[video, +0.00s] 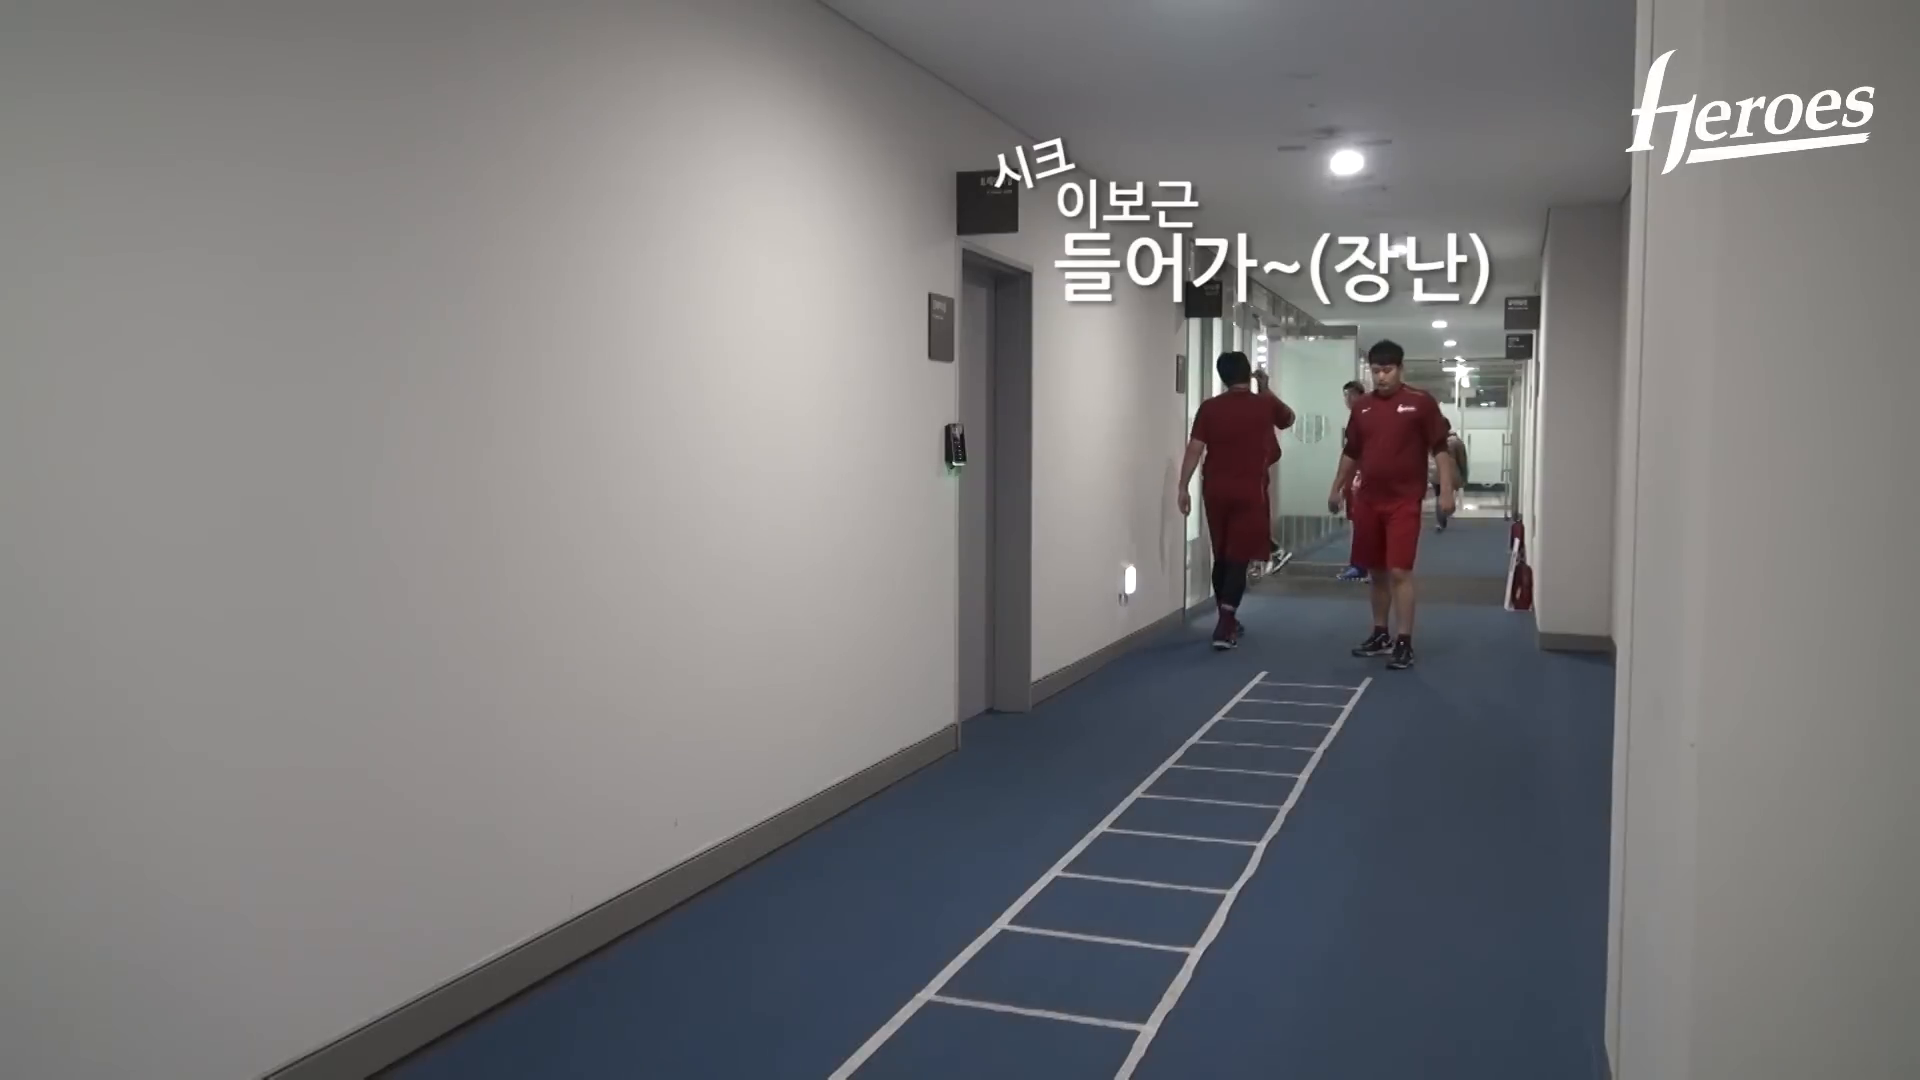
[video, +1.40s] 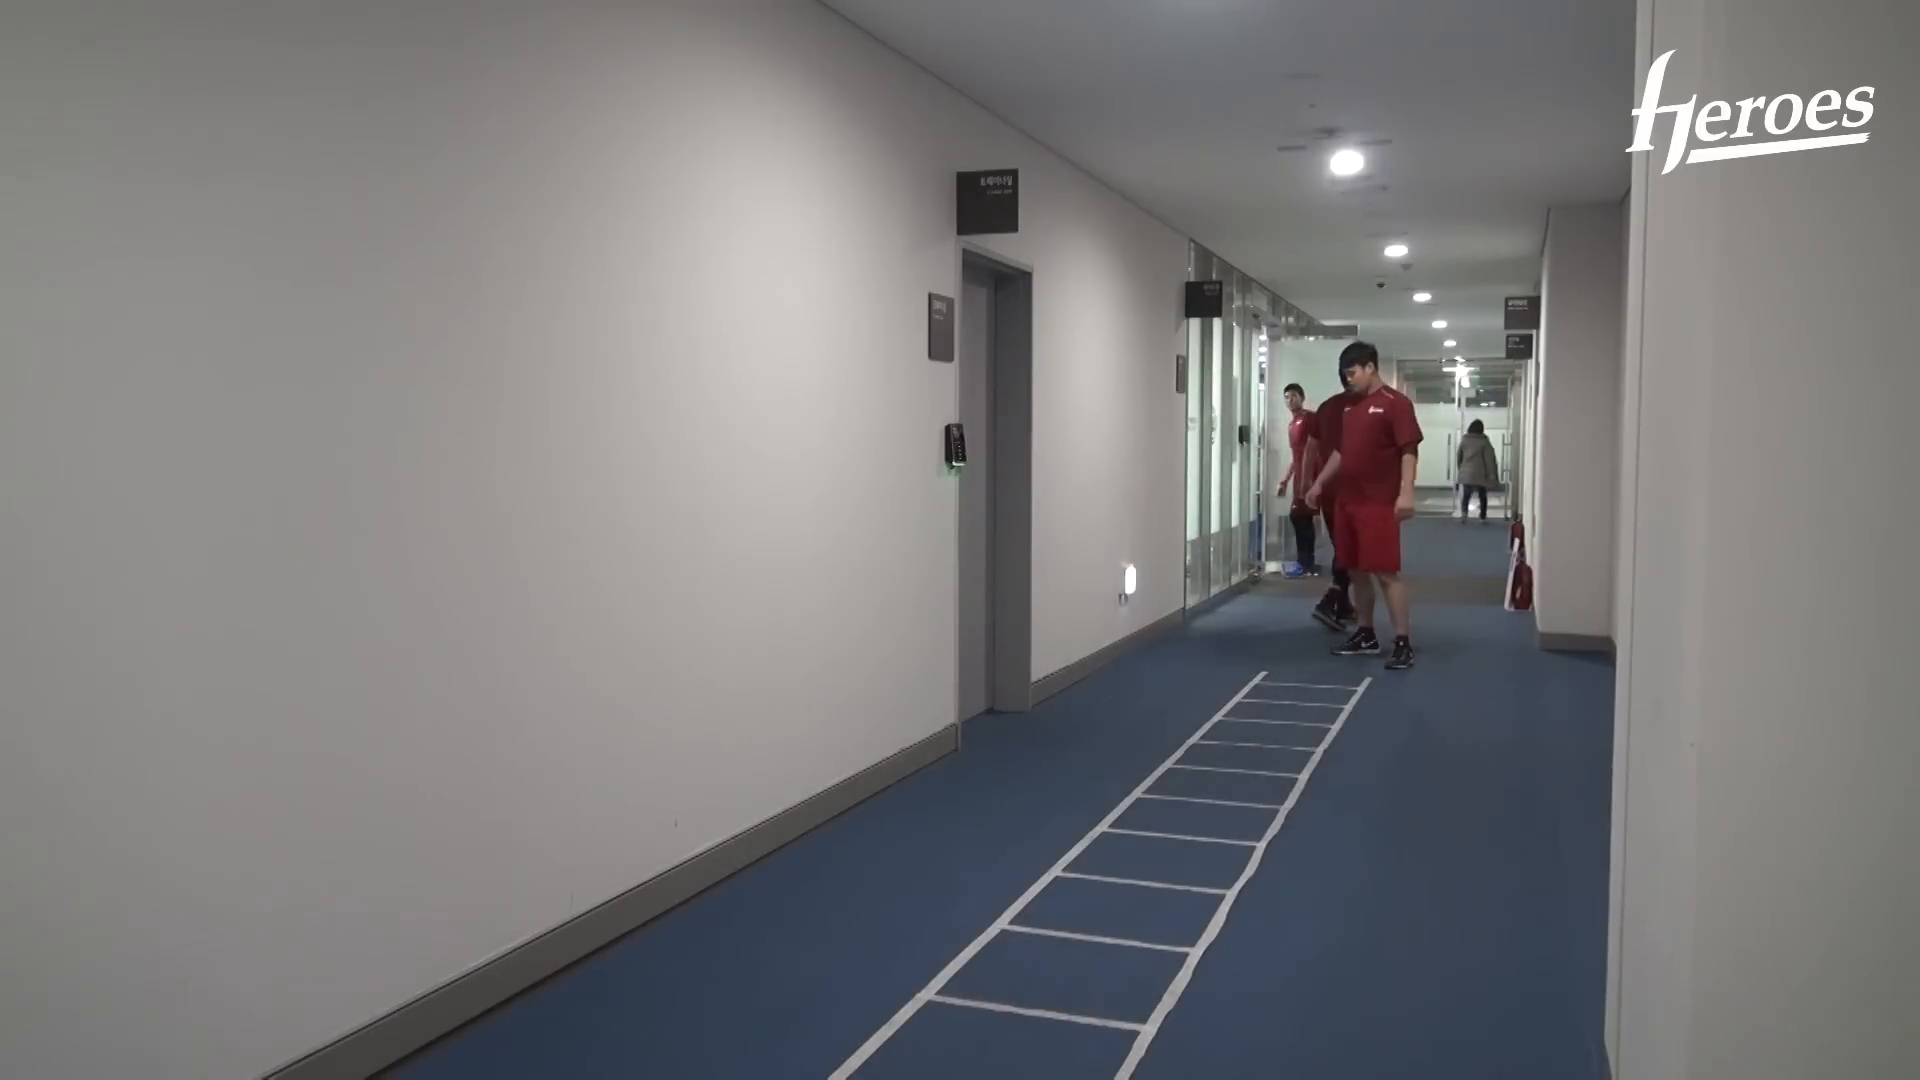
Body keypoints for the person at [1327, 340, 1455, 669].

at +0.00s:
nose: (1381, 375)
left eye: (1387, 369)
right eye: (1376, 369)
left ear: (1400, 369)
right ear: (1370, 370)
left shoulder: (1421, 403)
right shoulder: (1362, 407)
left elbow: (1441, 449)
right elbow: (1351, 452)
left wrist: (1446, 491)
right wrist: (1336, 489)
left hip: (1404, 501)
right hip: (1368, 500)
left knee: (1400, 571)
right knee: (1377, 571)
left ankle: (1403, 642)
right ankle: (1380, 634)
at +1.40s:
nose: (1346, 378)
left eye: (1351, 371)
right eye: (1344, 372)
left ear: (1370, 368)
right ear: (1349, 374)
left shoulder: (1397, 403)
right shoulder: (1351, 408)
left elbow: (1409, 450)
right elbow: (1341, 453)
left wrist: (1406, 493)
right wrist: (1318, 484)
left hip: (1380, 503)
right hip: (1348, 502)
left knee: (1386, 573)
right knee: (1357, 572)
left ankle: (1402, 642)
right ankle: (1365, 634)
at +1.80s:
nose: (1327, 378)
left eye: (1330, 371)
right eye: (1325, 372)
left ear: (1349, 369)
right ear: (1340, 372)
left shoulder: (1379, 404)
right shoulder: (1330, 407)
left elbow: (1389, 454)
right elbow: (1321, 453)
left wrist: (1382, 496)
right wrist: (1304, 488)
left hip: (1363, 498)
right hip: (1333, 498)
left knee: (1341, 563)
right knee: (1347, 566)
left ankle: (1366, 633)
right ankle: (1360, 630)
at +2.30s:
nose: (1305, 375)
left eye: (1309, 368)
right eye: (1303, 369)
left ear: (1327, 365)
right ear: (1307, 370)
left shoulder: (1350, 401)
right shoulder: (1310, 403)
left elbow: (1356, 452)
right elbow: (1304, 449)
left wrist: (1354, 496)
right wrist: (1300, 486)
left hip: (1339, 497)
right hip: (1315, 497)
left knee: (1322, 570)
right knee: (1333, 568)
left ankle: (1316, 637)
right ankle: (1357, 625)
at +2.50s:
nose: (1310, 372)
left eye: (1316, 366)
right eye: (1306, 367)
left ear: (1331, 366)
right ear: (1303, 368)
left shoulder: (1345, 399)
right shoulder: (1305, 401)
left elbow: (1342, 449)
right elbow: (1299, 448)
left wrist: (1312, 482)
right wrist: (1296, 486)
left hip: (1336, 496)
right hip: (1310, 495)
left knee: (1327, 568)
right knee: (1302, 561)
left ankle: (1319, 636)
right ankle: (1340, 615)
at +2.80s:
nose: (1317, 369)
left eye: (1324, 363)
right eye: (1312, 363)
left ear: (1336, 365)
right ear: (1306, 365)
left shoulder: (1347, 400)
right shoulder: (1300, 400)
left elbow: (1346, 454)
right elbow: (1293, 448)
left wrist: (1319, 490)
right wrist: (1291, 487)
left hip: (1332, 495)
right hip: (1303, 492)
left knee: (1322, 569)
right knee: (1288, 555)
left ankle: (1319, 638)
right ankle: (1297, 616)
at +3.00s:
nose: (1320, 373)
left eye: (1327, 367)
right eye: (1316, 366)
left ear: (1338, 368)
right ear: (1308, 365)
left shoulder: (1352, 402)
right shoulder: (1295, 401)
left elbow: (1359, 453)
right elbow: (1287, 448)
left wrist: (1362, 496)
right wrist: (1291, 487)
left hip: (1333, 502)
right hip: (1298, 496)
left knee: (1324, 571)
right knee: (1276, 552)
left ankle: (1318, 638)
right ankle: (1277, 611)